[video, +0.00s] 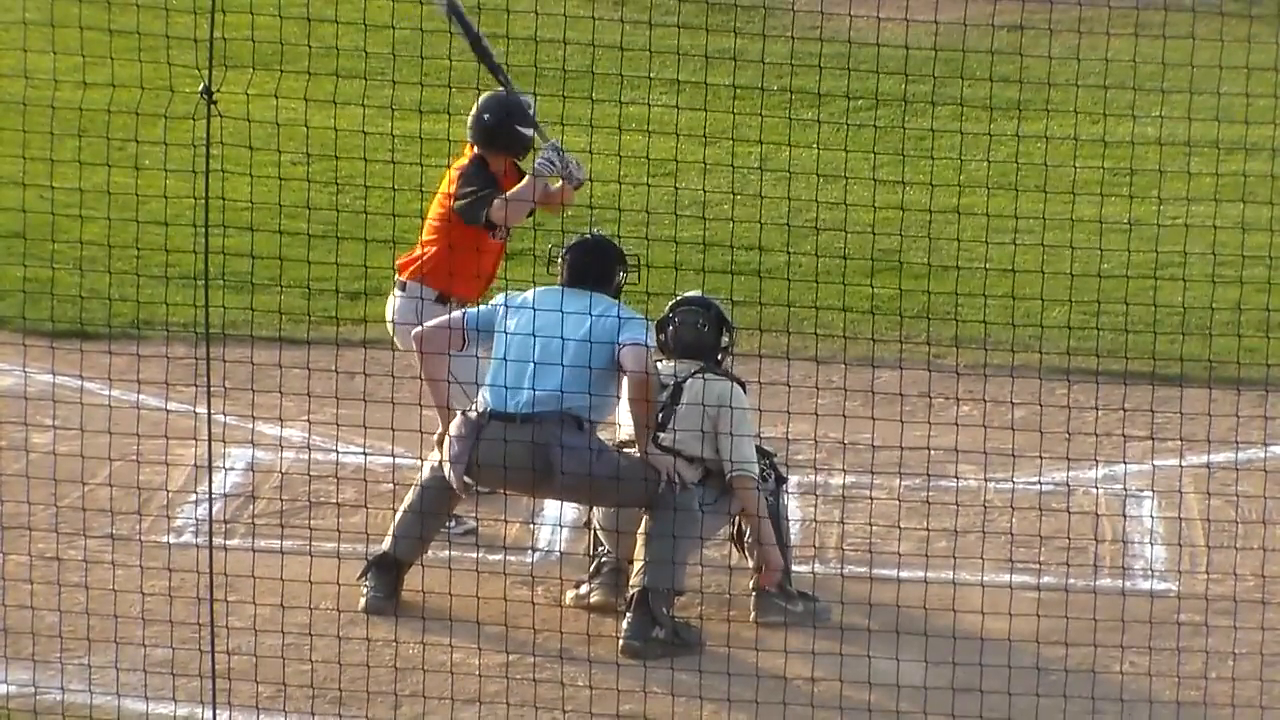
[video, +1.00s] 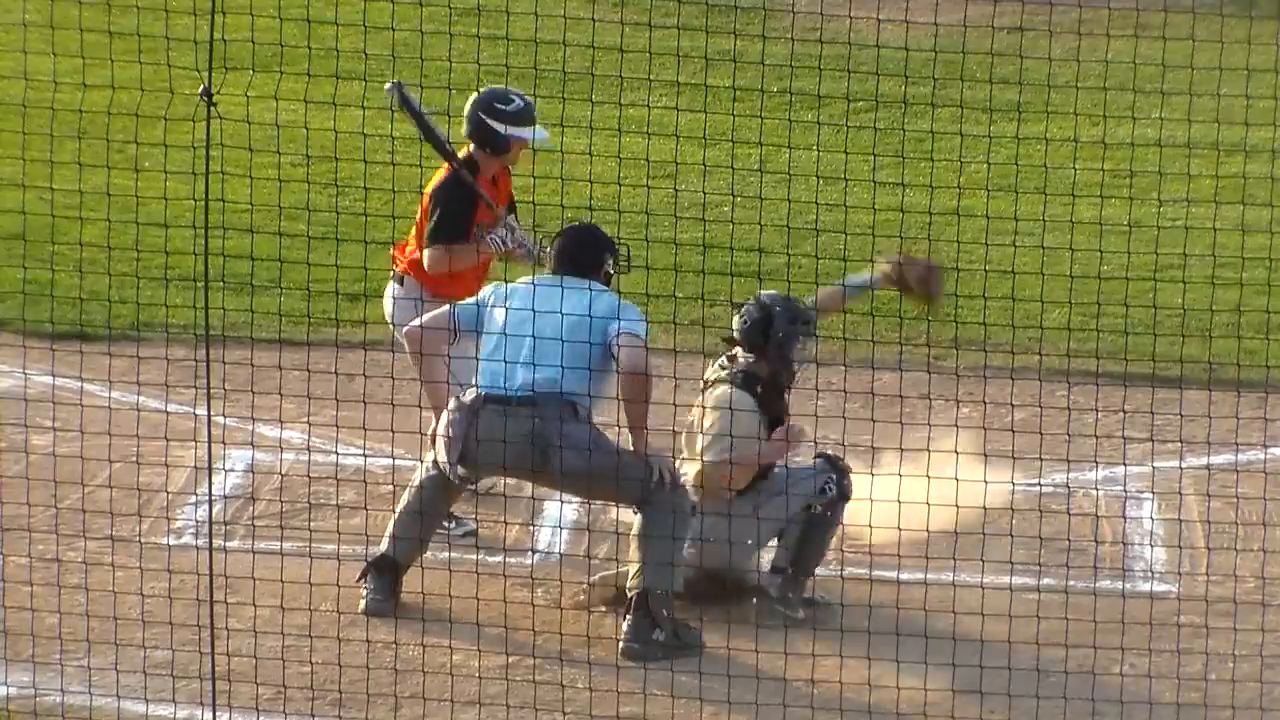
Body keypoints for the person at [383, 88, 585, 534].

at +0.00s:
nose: (527, 141)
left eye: (528, 135)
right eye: (524, 134)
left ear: (484, 135)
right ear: (511, 139)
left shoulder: (505, 172)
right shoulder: (471, 175)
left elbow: (546, 202)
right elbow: (502, 215)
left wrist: (567, 185)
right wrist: (537, 177)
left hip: (449, 306)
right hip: (422, 306)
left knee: (481, 400)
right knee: (473, 408)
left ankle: (443, 502)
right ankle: (435, 507)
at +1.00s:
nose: (525, 145)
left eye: (525, 136)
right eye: (519, 137)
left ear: (491, 139)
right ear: (498, 140)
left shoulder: (499, 175)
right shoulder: (453, 186)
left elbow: (499, 223)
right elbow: (435, 260)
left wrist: (515, 241)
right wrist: (490, 245)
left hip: (459, 296)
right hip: (417, 297)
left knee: (471, 396)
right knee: (450, 404)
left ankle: (443, 494)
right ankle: (432, 507)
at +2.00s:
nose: (384, 118)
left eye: (386, 110)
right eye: (384, 109)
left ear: (340, 92)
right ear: (369, 103)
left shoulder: (289, 119)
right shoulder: (346, 132)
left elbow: (234, 179)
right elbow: (351, 205)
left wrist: (191, 224)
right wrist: (404, 194)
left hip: (263, 263)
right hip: (304, 267)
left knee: (312, 372)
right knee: (303, 375)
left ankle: (335, 483)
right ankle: (262, 496)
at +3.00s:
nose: (126, 68)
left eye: (128, 62)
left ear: (133, 64)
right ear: (183, 67)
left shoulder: (108, 115)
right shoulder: (205, 120)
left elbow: (68, 188)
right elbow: (225, 195)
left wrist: (37, 241)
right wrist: (230, 251)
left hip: (124, 257)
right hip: (191, 257)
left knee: (104, 371)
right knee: (211, 365)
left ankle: (91, 490)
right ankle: (229, 482)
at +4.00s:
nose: (167, 76)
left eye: (171, 70)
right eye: (169, 71)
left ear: (180, 72)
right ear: (222, 76)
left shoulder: (149, 117)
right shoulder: (244, 130)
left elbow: (107, 185)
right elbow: (260, 211)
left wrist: (72, 237)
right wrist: (257, 270)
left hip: (142, 262)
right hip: (207, 264)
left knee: (125, 375)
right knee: (230, 375)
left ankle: (114, 495)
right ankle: (247, 491)